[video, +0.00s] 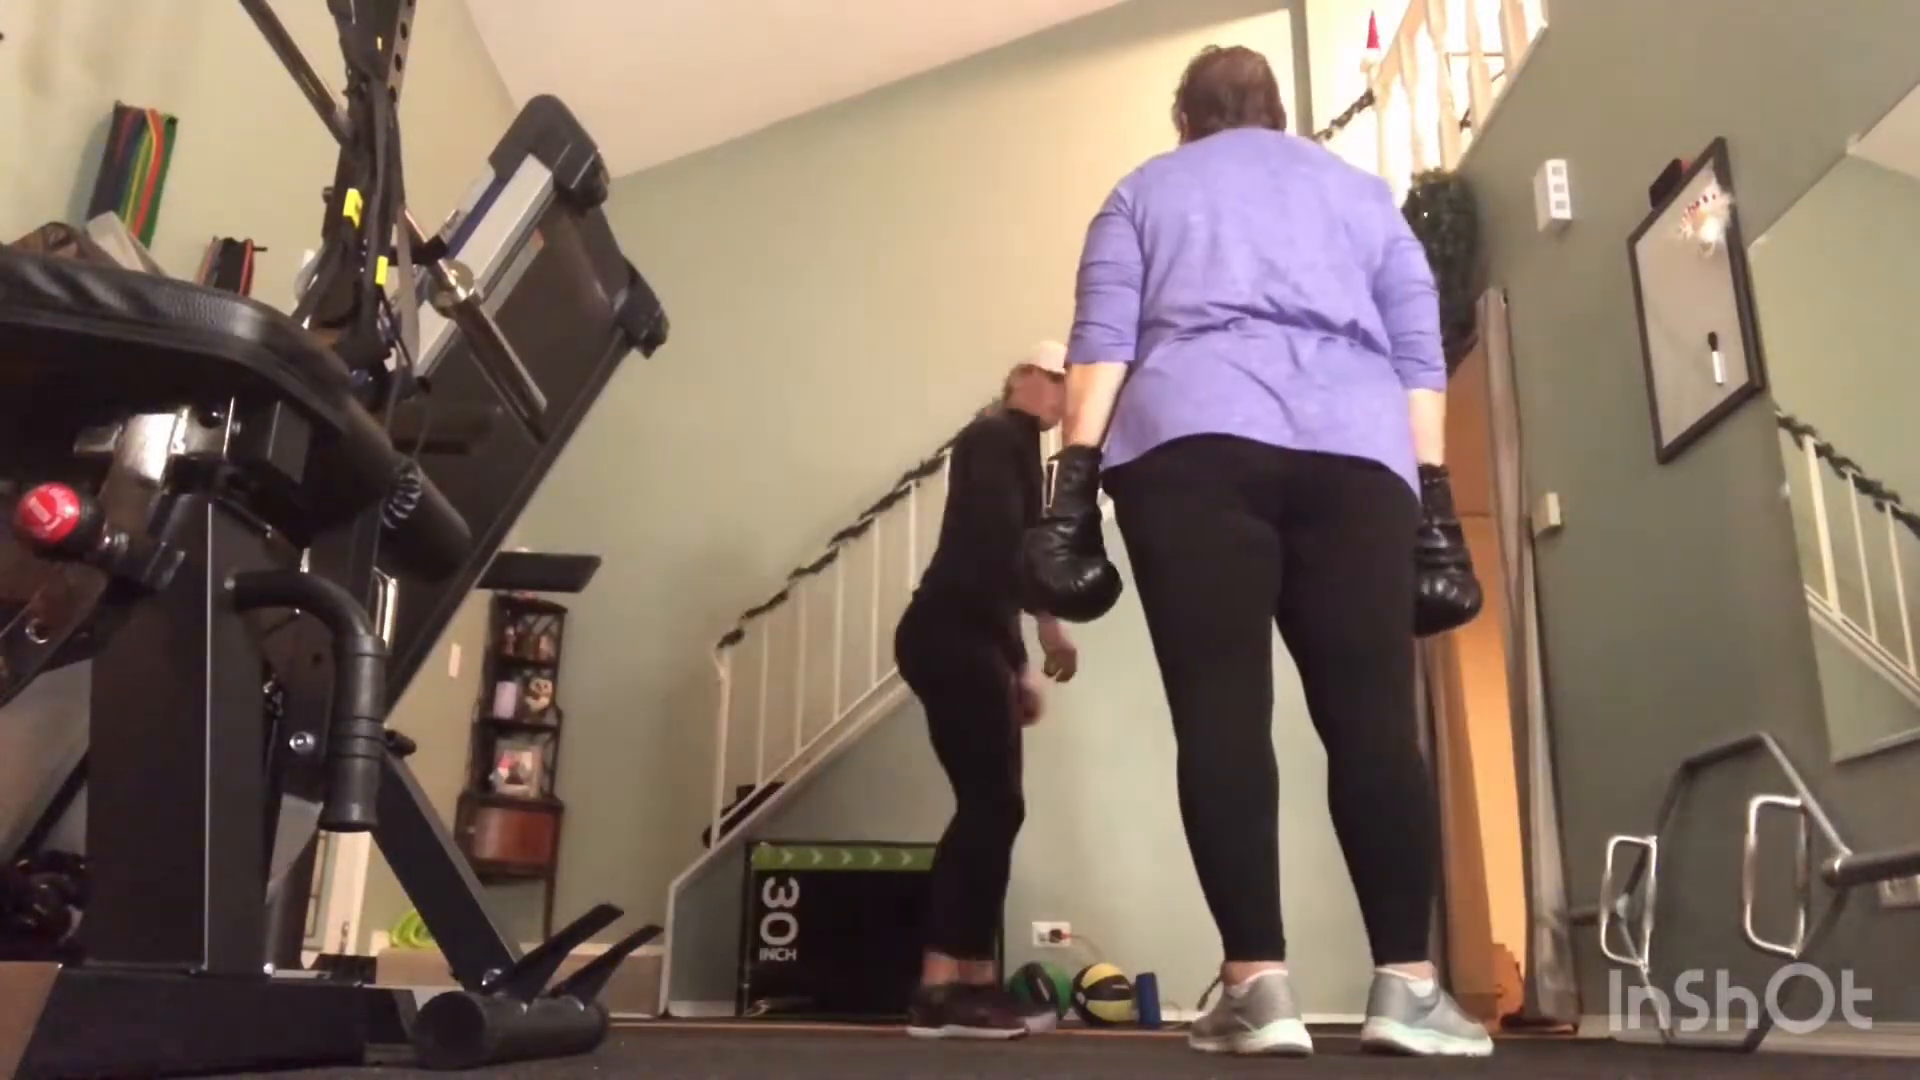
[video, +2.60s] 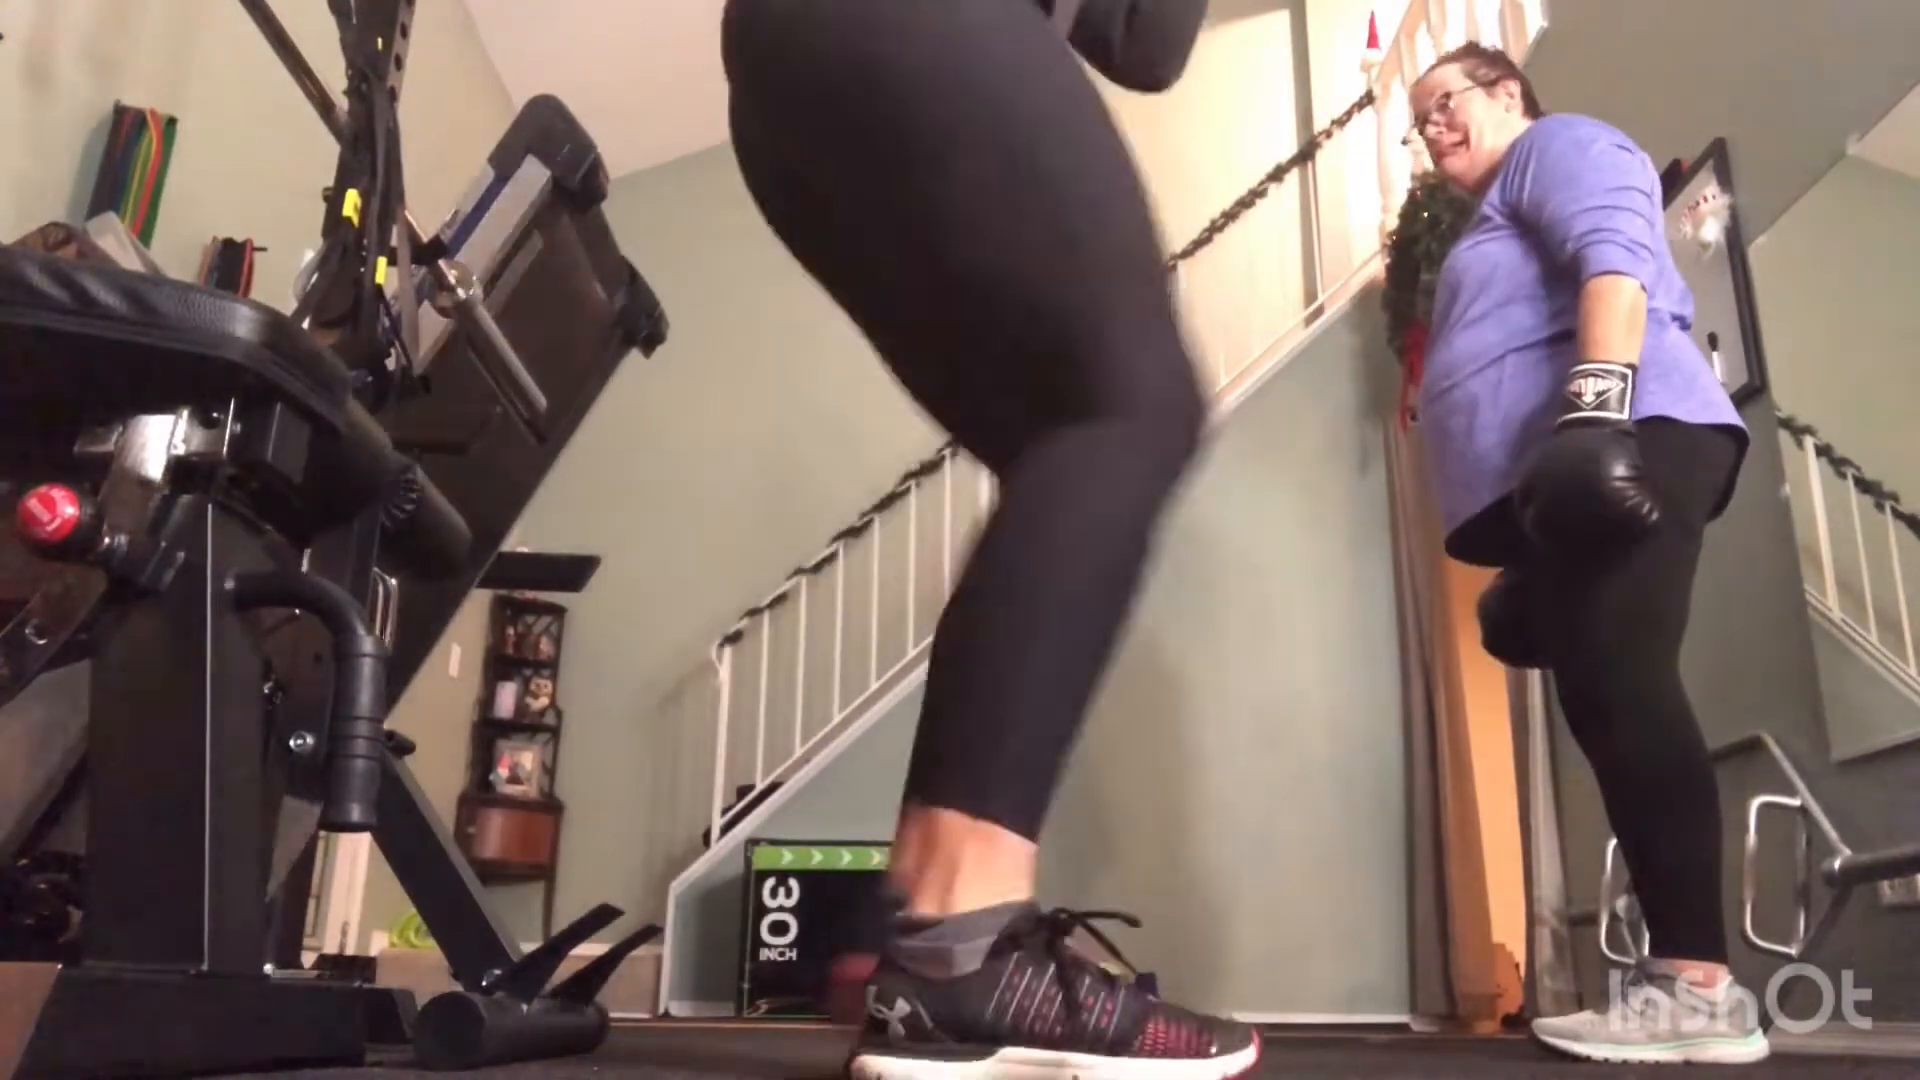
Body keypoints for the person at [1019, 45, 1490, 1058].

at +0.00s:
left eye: (1183, 115)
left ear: (1184, 123)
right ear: (1284, 115)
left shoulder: (1144, 188)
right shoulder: (1367, 193)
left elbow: (1102, 341)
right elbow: (1419, 352)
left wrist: (1067, 493)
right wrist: (1434, 510)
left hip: (1192, 445)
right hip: (1358, 457)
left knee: (1221, 720)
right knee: (1374, 722)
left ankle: (1256, 982)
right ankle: (1407, 985)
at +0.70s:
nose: (1292, 109)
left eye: (1293, 96)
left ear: (1301, 97)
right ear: (1405, 90)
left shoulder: (1256, 161)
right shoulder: (1495, 156)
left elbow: (1207, 306)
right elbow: (1558, 298)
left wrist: (1168, 467)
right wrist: (1588, 470)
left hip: (1299, 426)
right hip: (1484, 429)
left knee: (1290, 709)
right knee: (1505, 705)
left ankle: (1279, 981)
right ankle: (1537, 985)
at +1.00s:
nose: (1326, 176)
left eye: (1327, 162)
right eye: (1325, 164)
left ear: (1350, 140)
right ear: (1426, 134)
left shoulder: (1349, 173)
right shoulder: (1531, 207)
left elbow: (1325, 315)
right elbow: (1582, 365)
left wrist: (1267, 464)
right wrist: (1603, 530)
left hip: (1411, 445)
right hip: (1563, 458)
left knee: (1398, 715)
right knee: (1554, 722)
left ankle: (1417, 982)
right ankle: (1632, 981)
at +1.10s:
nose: (1373, 196)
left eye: (1374, 174)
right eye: (1369, 181)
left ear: (1413, 146)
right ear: (1461, 138)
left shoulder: (1456, 177)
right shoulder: (1556, 219)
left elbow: (1478, 290)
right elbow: (1588, 345)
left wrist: (1445, 433)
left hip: (1545, 441)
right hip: (1637, 461)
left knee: (1465, 670)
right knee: (1578, 703)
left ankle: (1548, 964)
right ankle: (1635, 983)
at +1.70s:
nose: (1470, 132)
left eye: (1474, 108)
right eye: (1466, 115)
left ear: (1512, 83)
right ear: (1542, 81)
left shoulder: (1565, 115)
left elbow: (1586, 243)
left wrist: (1552, 410)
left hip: (1654, 414)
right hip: (1635, 427)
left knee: (1626, 686)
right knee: (1606, 695)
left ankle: (1704, 987)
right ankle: (1677, 972)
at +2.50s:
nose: (1437, 125)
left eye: (1453, 104)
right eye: (1426, 120)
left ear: (1515, 95)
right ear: (1437, 146)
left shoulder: (1560, 143)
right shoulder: (1481, 234)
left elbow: (1601, 260)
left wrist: (1576, 408)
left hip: (1640, 429)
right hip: (1580, 460)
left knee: (1621, 682)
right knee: (1603, 702)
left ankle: (1699, 984)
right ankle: (1682, 977)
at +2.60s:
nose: (1432, 129)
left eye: (1445, 106)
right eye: (1421, 124)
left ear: (1509, 95)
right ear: (1432, 150)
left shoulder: (1560, 143)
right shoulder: (1480, 234)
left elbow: (1612, 259)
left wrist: (1593, 411)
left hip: (1637, 434)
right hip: (1568, 472)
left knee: (1623, 684)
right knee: (1601, 708)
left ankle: (1699, 984)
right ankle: (1683, 977)